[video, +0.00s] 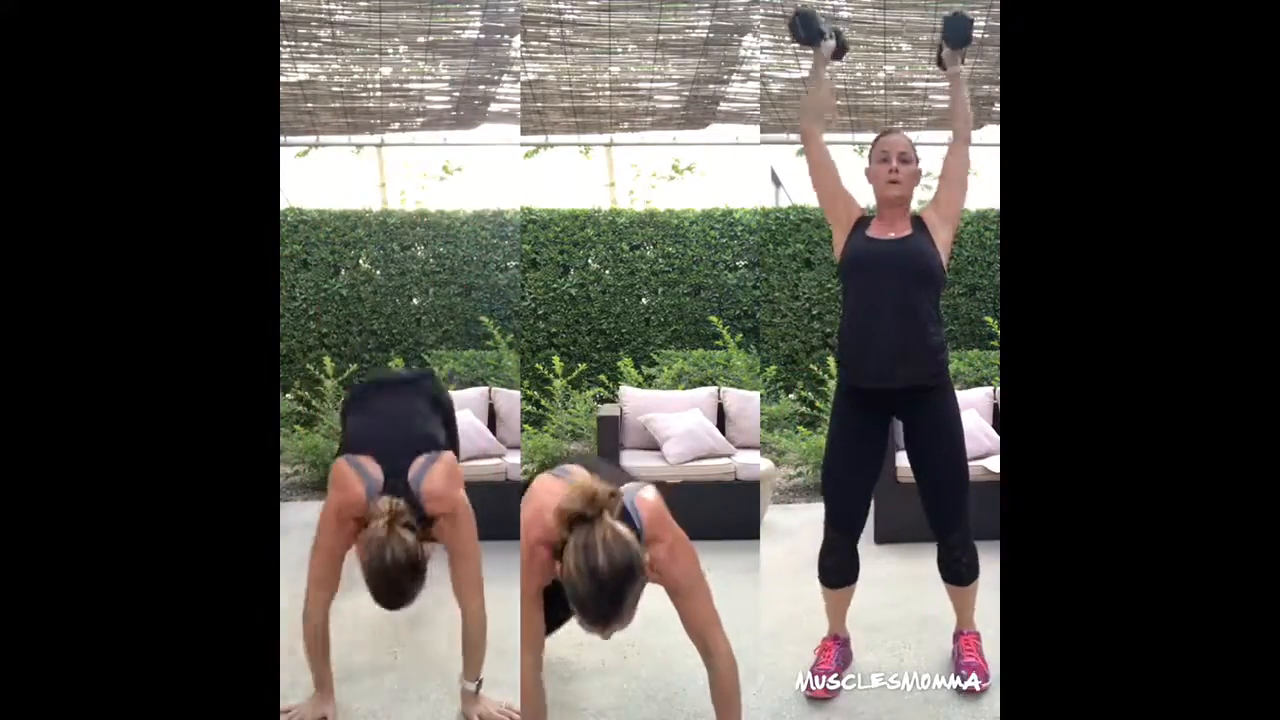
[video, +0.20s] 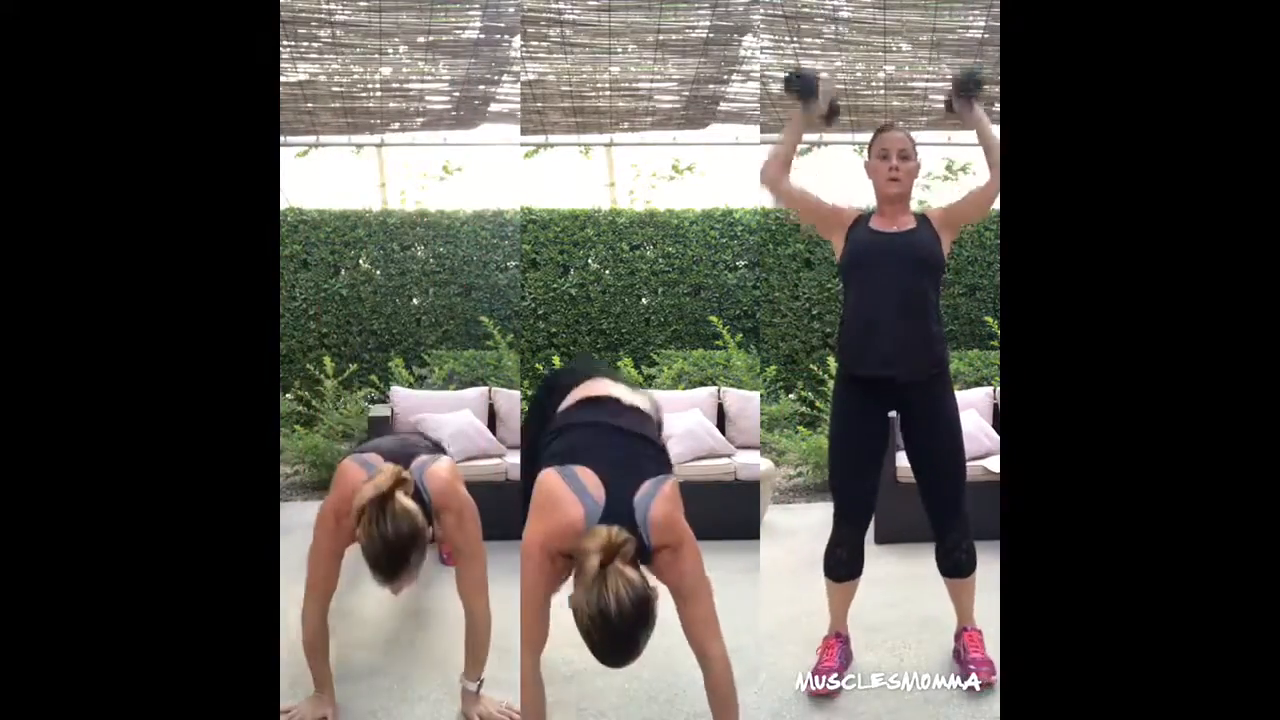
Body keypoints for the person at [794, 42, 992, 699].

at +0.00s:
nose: (896, 164)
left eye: (905, 157)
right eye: (886, 157)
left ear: (918, 173)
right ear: (869, 172)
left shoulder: (938, 226)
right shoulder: (848, 224)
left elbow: (961, 139)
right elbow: (810, 135)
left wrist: (955, 66)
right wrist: (821, 60)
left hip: (929, 395)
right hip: (859, 395)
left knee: (953, 529)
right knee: (839, 527)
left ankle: (967, 637)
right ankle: (835, 640)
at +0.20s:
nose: (895, 165)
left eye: (905, 156)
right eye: (884, 156)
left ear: (919, 166)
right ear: (867, 166)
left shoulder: (938, 224)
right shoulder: (844, 222)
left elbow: (997, 181)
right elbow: (773, 178)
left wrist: (977, 117)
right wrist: (798, 118)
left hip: (928, 387)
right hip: (858, 387)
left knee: (950, 518)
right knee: (849, 519)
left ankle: (968, 633)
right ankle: (836, 639)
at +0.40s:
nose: (896, 176)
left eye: (906, 167)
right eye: (886, 167)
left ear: (920, 177)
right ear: (870, 176)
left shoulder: (942, 242)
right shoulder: (848, 241)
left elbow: (984, 296)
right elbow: (802, 297)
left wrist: (973, 228)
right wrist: (813, 228)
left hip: (931, 394)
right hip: (861, 395)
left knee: (955, 523)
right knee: (845, 527)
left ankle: (969, 636)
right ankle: (837, 640)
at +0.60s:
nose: (897, 173)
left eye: (907, 164)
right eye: (887, 164)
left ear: (920, 173)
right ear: (871, 172)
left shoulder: (942, 237)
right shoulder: (847, 238)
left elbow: (977, 310)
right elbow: (817, 311)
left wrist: (967, 242)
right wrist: (821, 244)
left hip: (932, 393)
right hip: (862, 394)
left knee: (955, 526)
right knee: (845, 529)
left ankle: (969, 636)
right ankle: (837, 640)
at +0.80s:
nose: (897, 173)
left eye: (907, 162)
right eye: (886, 162)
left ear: (921, 166)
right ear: (870, 167)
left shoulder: (943, 233)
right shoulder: (847, 232)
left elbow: (969, 316)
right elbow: (827, 316)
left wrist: (968, 274)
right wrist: (823, 289)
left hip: (932, 389)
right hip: (862, 391)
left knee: (952, 522)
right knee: (850, 523)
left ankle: (968, 635)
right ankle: (837, 639)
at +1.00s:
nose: (898, 170)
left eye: (909, 158)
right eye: (885, 159)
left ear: (923, 163)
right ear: (867, 165)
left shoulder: (950, 229)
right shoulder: (841, 229)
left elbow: (972, 303)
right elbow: (822, 310)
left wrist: (974, 345)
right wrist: (818, 353)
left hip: (934, 391)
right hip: (864, 391)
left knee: (951, 519)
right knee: (852, 520)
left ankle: (969, 635)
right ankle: (837, 639)